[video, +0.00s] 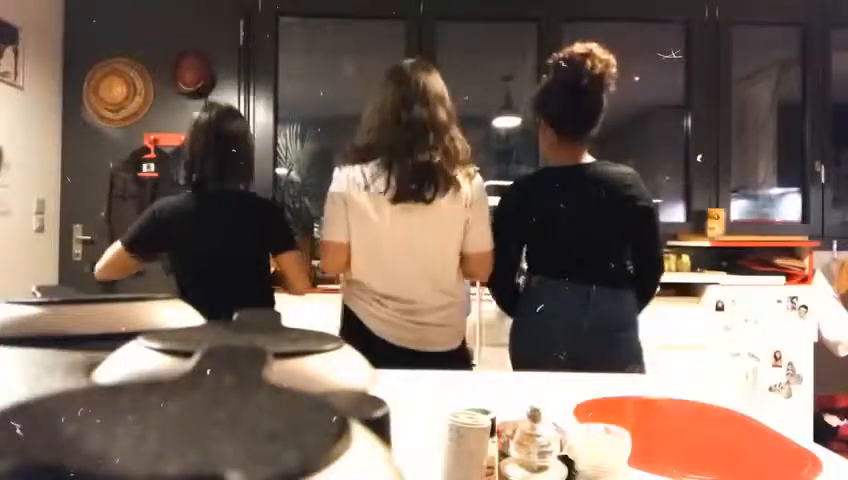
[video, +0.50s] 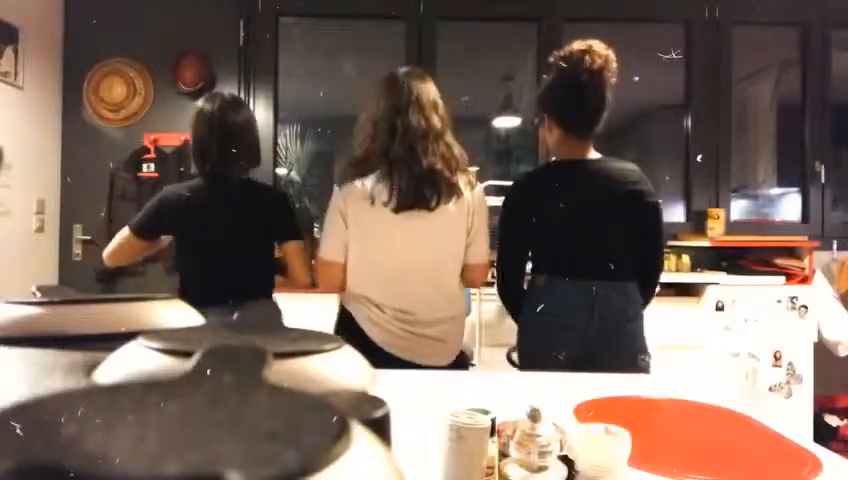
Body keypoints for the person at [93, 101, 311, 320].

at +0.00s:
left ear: (192, 156)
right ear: (245, 155)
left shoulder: (169, 213)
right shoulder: (265, 212)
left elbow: (104, 270)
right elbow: (301, 285)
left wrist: (153, 252)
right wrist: (271, 270)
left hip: (200, 344)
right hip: (261, 345)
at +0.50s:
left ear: (196, 144)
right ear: (250, 142)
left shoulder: (176, 200)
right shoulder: (272, 200)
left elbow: (112, 257)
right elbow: (302, 278)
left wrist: (163, 242)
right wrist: (264, 260)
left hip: (197, 331)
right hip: (262, 331)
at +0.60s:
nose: (184, 165)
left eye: (188, 155)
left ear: (196, 162)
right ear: (249, 158)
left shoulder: (183, 215)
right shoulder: (276, 211)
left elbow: (120, 276)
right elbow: (304, 287)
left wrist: (171, 259)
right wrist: (271, 270)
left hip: (205, 342)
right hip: (266, 342)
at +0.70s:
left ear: (198, 157)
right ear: (256, 155)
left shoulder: (185, 210)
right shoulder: (277, 210)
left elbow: (122, 276)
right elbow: (302, 287)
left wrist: (169, 256)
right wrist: (270, 268)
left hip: (204, 339)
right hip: (264, 338)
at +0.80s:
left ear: (198, 152)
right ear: (256, 149)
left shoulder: (180, 202)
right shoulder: (279, 202)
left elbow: (119, 263)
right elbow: (300, 281)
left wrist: (172, 249)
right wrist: (267, 264)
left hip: (197, 325)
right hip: (262, 326)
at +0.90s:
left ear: (198, 158)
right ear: (253, 153)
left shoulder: (184, 208)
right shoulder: (278, 204)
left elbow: (117, 268)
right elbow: (303, 281)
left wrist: (170, 257)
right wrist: (270, 264)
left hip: (196, 331)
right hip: (261, 332)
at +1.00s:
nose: (260, 148)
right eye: (256, 143)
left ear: (198, 153)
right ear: (253, 149)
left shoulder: (181, 203)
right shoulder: (277, 202)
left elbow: (117, 264)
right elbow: (303, 279)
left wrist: (169, 252)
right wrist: (270, 262)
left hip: (194, 330)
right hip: (258, 332)